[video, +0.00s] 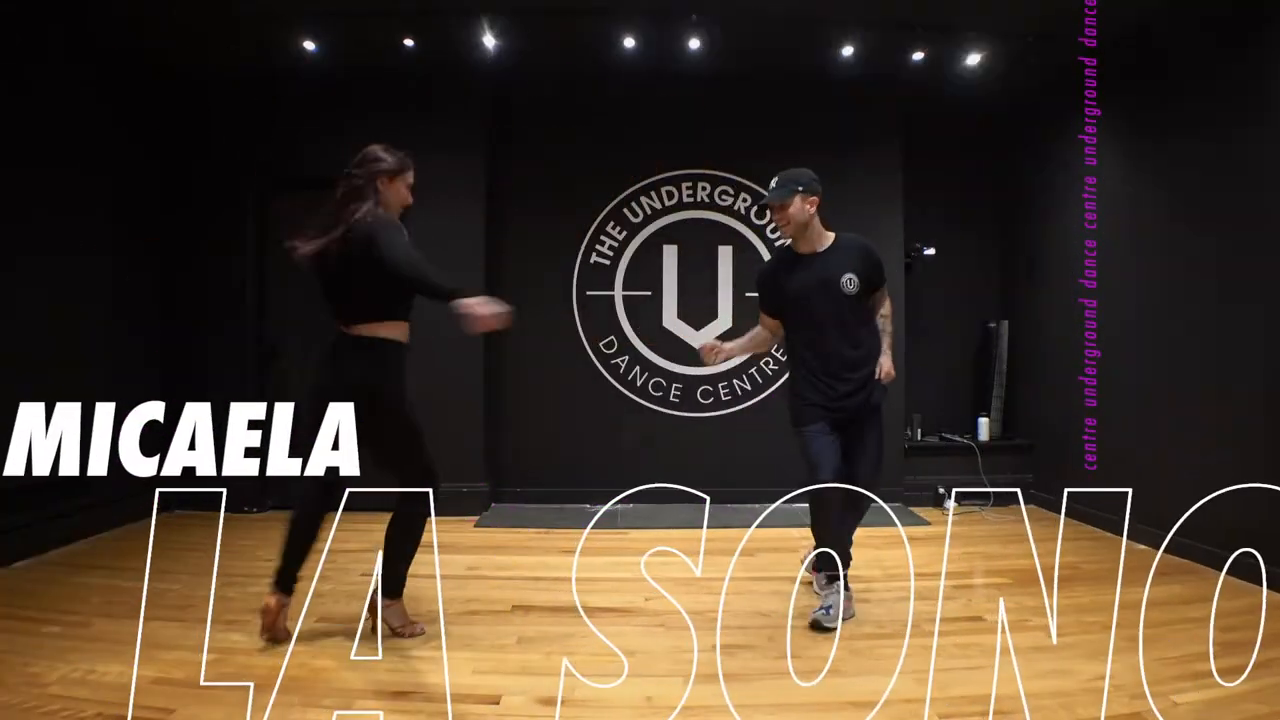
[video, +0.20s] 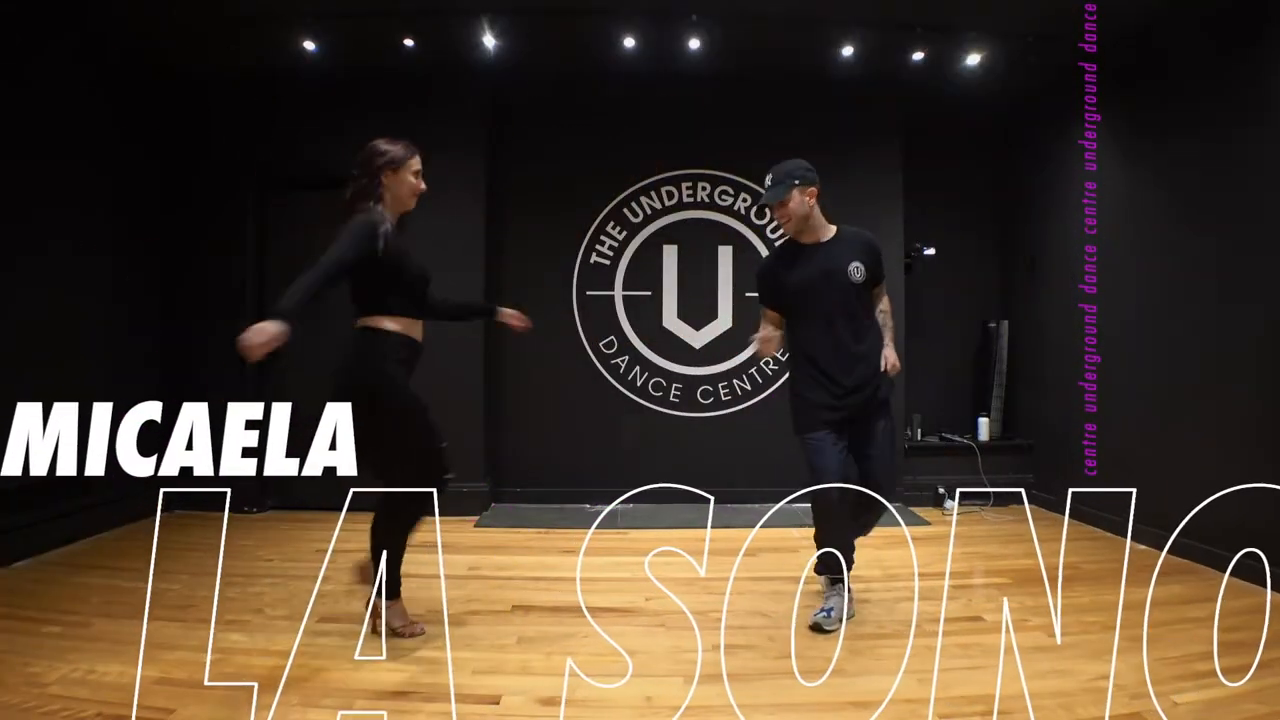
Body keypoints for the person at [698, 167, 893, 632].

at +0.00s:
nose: (773, 217)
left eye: (781, 207)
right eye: (771, 209)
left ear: (811, 203)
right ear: (777, 212)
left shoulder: (859, 255)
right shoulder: (775, 273)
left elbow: (881, 307)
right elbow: (768, 331)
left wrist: (885, 352)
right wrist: (729, 348)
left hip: (861, 392)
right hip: (811, 396)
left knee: (861, 487)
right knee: (826, 484)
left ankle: (823, 563)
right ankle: (837, 590)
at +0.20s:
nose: (775, 214)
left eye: (782, 203)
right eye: (771, 206)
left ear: (811, 195)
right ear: (773, 208)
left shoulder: (861, 247)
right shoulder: (774, 267)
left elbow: (880, 302)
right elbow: (770, 324)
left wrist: (888, 343)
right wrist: (765, 342)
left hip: (867, 391)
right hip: (814, 397)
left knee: (878, 490)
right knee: (829, 489)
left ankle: (834, 546)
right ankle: (834, 589)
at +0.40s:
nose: (781, 202)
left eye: (787, 191)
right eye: (775, 195)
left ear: (815, 181)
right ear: (775, 196)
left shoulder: (860, 236)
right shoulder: (779, 247)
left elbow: (871, 294)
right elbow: (778, 319)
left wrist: (883, 335)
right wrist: (845, 295)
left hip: (869, 383)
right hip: (813, 392)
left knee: (892, 479)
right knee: (824, 491)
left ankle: (878, 574)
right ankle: (836, 587)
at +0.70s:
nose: (793, 198)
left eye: (799, 186)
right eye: (786, 191)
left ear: (827, 176)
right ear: (783, 194)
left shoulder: (867, 240)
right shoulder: (783, 248)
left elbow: (871, 300)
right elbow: (767, 323)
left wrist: (883, 343)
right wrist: (813, 316)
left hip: (862, 393)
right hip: (805, 400)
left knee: (860, 493)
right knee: (817, 500)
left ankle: (862, 606)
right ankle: (835, 589)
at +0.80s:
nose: (794, 196)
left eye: (801, 185)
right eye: (788, 189)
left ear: (831, 176)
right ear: (785, 193)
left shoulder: (876, 244)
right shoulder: (780, 250)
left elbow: (888, 307)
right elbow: (761, 323)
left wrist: (888, 349)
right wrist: (748, 279)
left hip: (857, 393)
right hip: (798, 399)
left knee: (845, 490)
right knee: (807, 509)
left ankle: (852, 613)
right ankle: (833, 587)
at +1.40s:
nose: (771, 197)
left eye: (771, 182)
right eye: (766, 187)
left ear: (800, 161)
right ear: (798, 166)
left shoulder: (840, 213)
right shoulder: (825, 217)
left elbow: (872, 287)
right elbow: (845, 286)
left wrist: (804, 352)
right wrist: (796, 274)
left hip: (823, 396)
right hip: (808, 390)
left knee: (787, 508)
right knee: (785, 504)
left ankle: (836, 637)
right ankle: (853, 593)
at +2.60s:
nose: (755, 185)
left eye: (758, 171)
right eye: (751, 175)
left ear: (789, 155)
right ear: (785, 161)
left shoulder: (848, 212)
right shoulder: (810, 222)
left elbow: (903, 284)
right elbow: (826, 305)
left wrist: (828, 325)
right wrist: (772, 319)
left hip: (829, 394)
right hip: (800, 389)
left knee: (797, 508)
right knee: (788, 508)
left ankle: (851, 633)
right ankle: (825, 618)